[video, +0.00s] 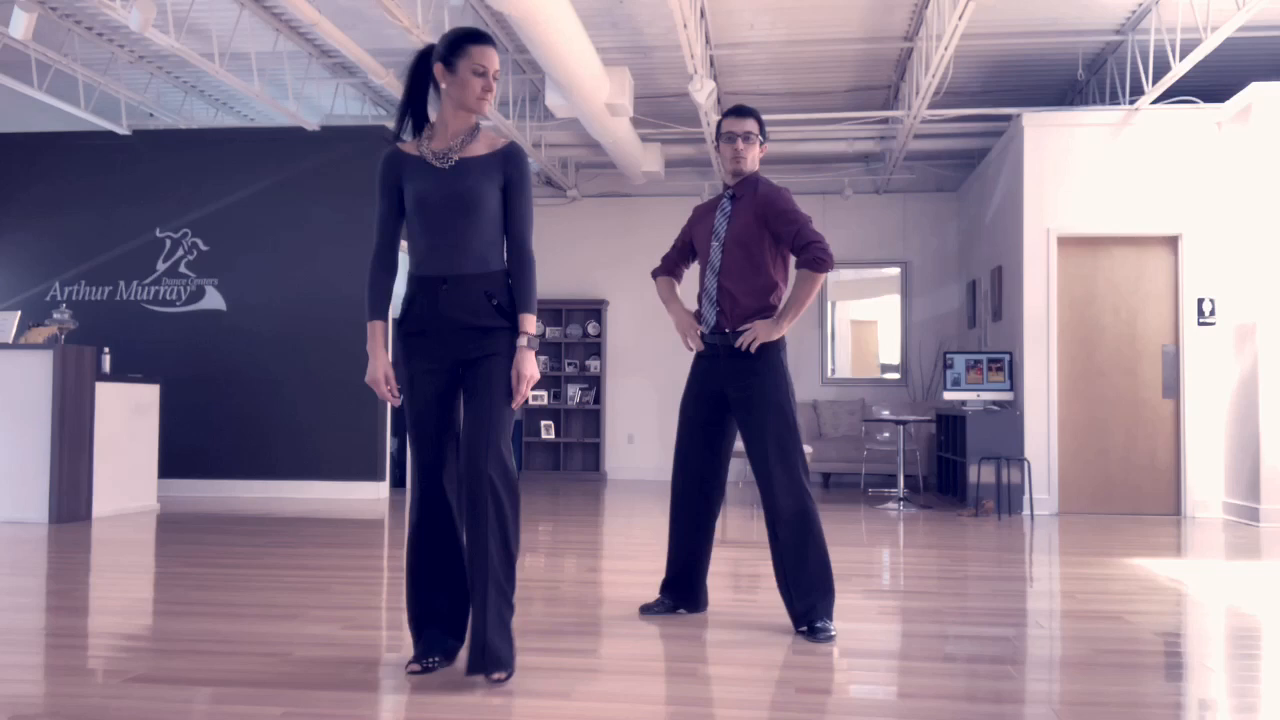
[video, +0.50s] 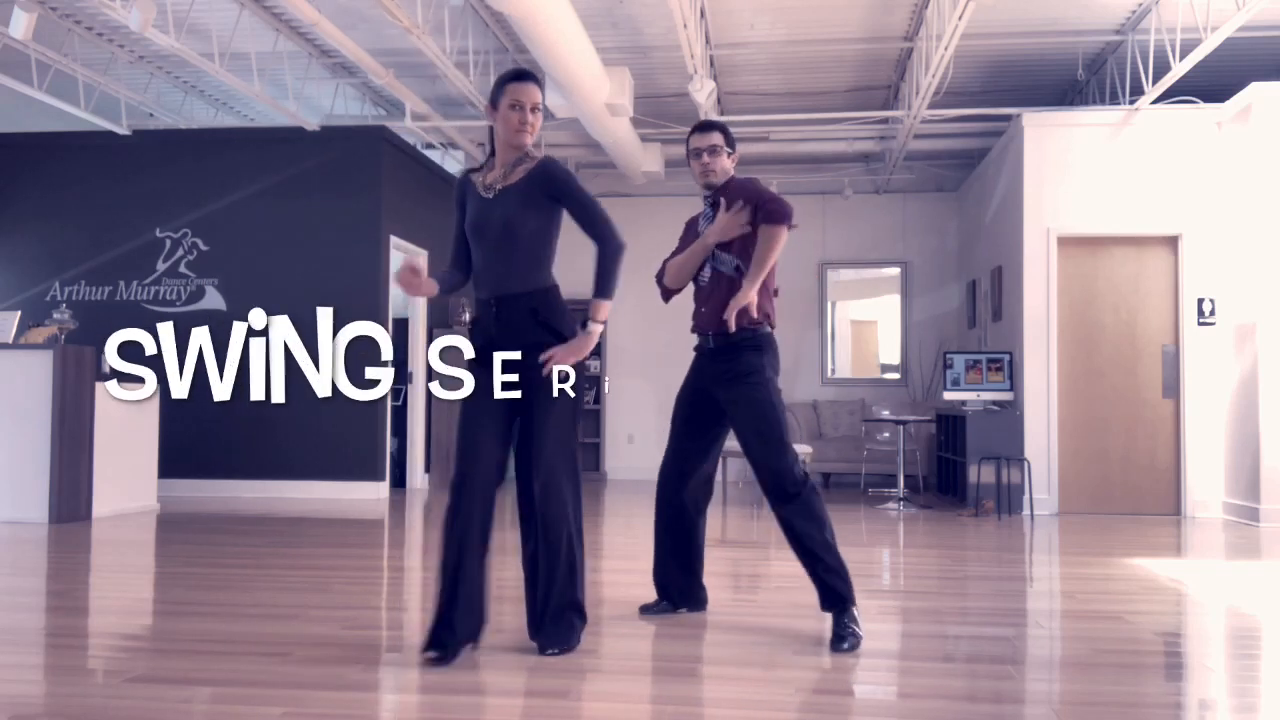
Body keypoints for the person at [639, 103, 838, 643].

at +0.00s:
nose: (737, 147)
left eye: (747, 139)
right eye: (728, 139)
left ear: (762, 148)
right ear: (715, 148)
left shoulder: (769, 197)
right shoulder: (705, 213)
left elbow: (818, 258)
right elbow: (664, 273)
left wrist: (783, 321)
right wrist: (679, 314)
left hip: (757, 357)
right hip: (709, 358)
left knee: (784, 482)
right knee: (693, 477)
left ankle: (813, 611)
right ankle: (683, 593)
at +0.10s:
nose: (735, 151)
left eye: (745, 143)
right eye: (725, 143)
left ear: (759, 152)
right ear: (713, 151)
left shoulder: (763, 200)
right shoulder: (702, 215)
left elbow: (811, 256)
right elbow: (653, 270)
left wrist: (778, 318)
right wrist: (672, 283)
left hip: (757, 356)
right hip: (711, 358)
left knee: (784, 480)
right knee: (684, 474)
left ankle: (813, 612)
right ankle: (682, 594)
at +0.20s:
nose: (730, 154)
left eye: (740, 147)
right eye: (721, 146)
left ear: (754, 155)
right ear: (708, 153)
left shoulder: (754, 201)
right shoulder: (696, 215)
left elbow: (798, 256)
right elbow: (645, 277)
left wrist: (761, 318)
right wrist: (688, 260)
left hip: (751, 353)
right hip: (707, 357)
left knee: (781, 479)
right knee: (678, 475)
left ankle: (816, 610)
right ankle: (682, 594)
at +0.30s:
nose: (721, 157)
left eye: (730, 148)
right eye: (712, 148)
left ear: (744, 155)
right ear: (699, 155)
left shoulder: (749, 200)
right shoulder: (692, 214)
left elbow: (784, 257)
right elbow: (656, 276)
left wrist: (746, 316)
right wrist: (708, 239)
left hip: (749, 355)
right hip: (702, 358)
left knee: (790, 471)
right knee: (674, 475)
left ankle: (827, 600)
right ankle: (681, 592)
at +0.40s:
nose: (709, 160)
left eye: (718, 151)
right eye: (700, 153)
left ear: (736, 156)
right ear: (690, 162)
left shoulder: (750, 198)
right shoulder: (692, 221)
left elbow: (781, 244)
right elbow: (664, 277)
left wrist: (745, 308)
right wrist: (707, 226)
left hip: (745, 352)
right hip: (701, 357)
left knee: (784, 471)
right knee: (675, 476)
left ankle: (841, 599)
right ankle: (681, 591)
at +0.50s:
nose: (705, 160)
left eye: (714, 152)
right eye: (696, 155)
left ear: (732, 156)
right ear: (689, 164)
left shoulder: (745, 191)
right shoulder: (697, 222)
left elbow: (780, 217)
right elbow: (669, 282)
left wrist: (750, 288)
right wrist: (711, 236)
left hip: (747, 351)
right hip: (707, 359)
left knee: (783, 478)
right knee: (681, 477)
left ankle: (841, 605)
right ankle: (681, 591)